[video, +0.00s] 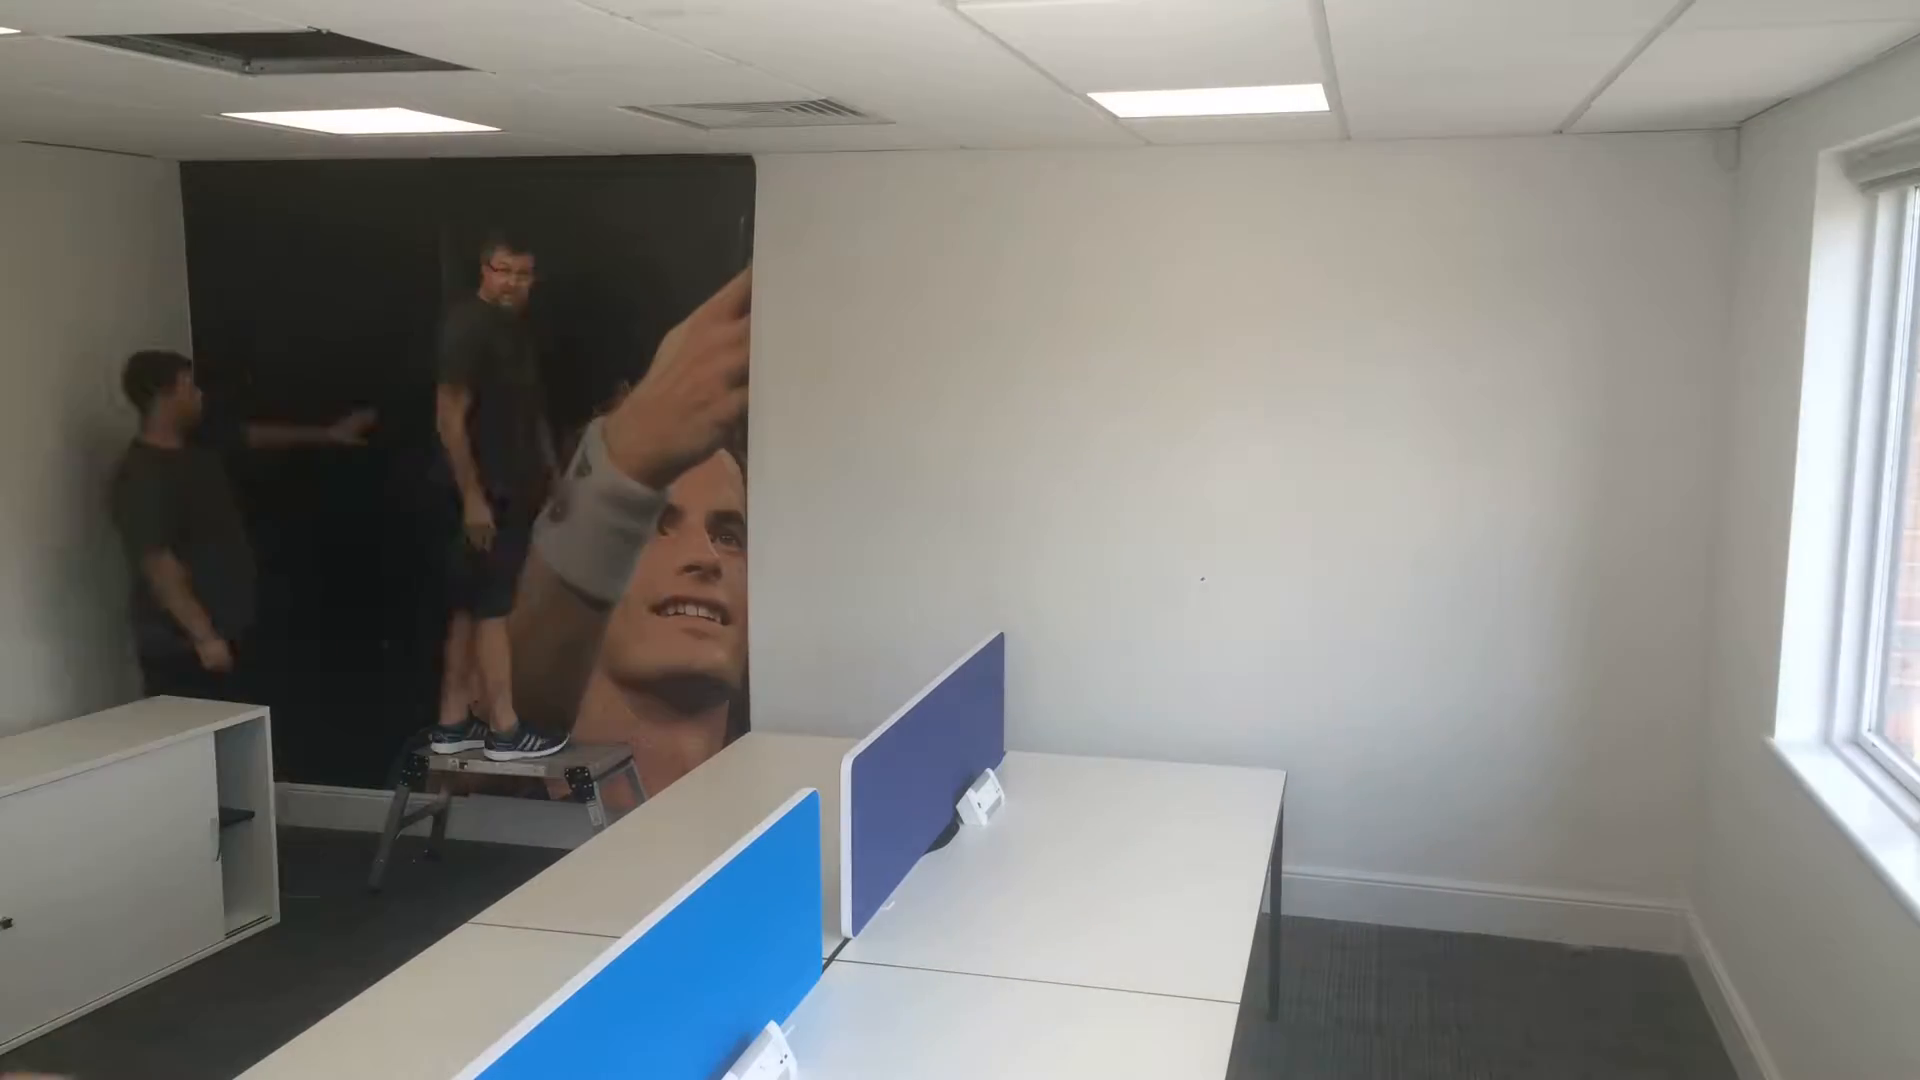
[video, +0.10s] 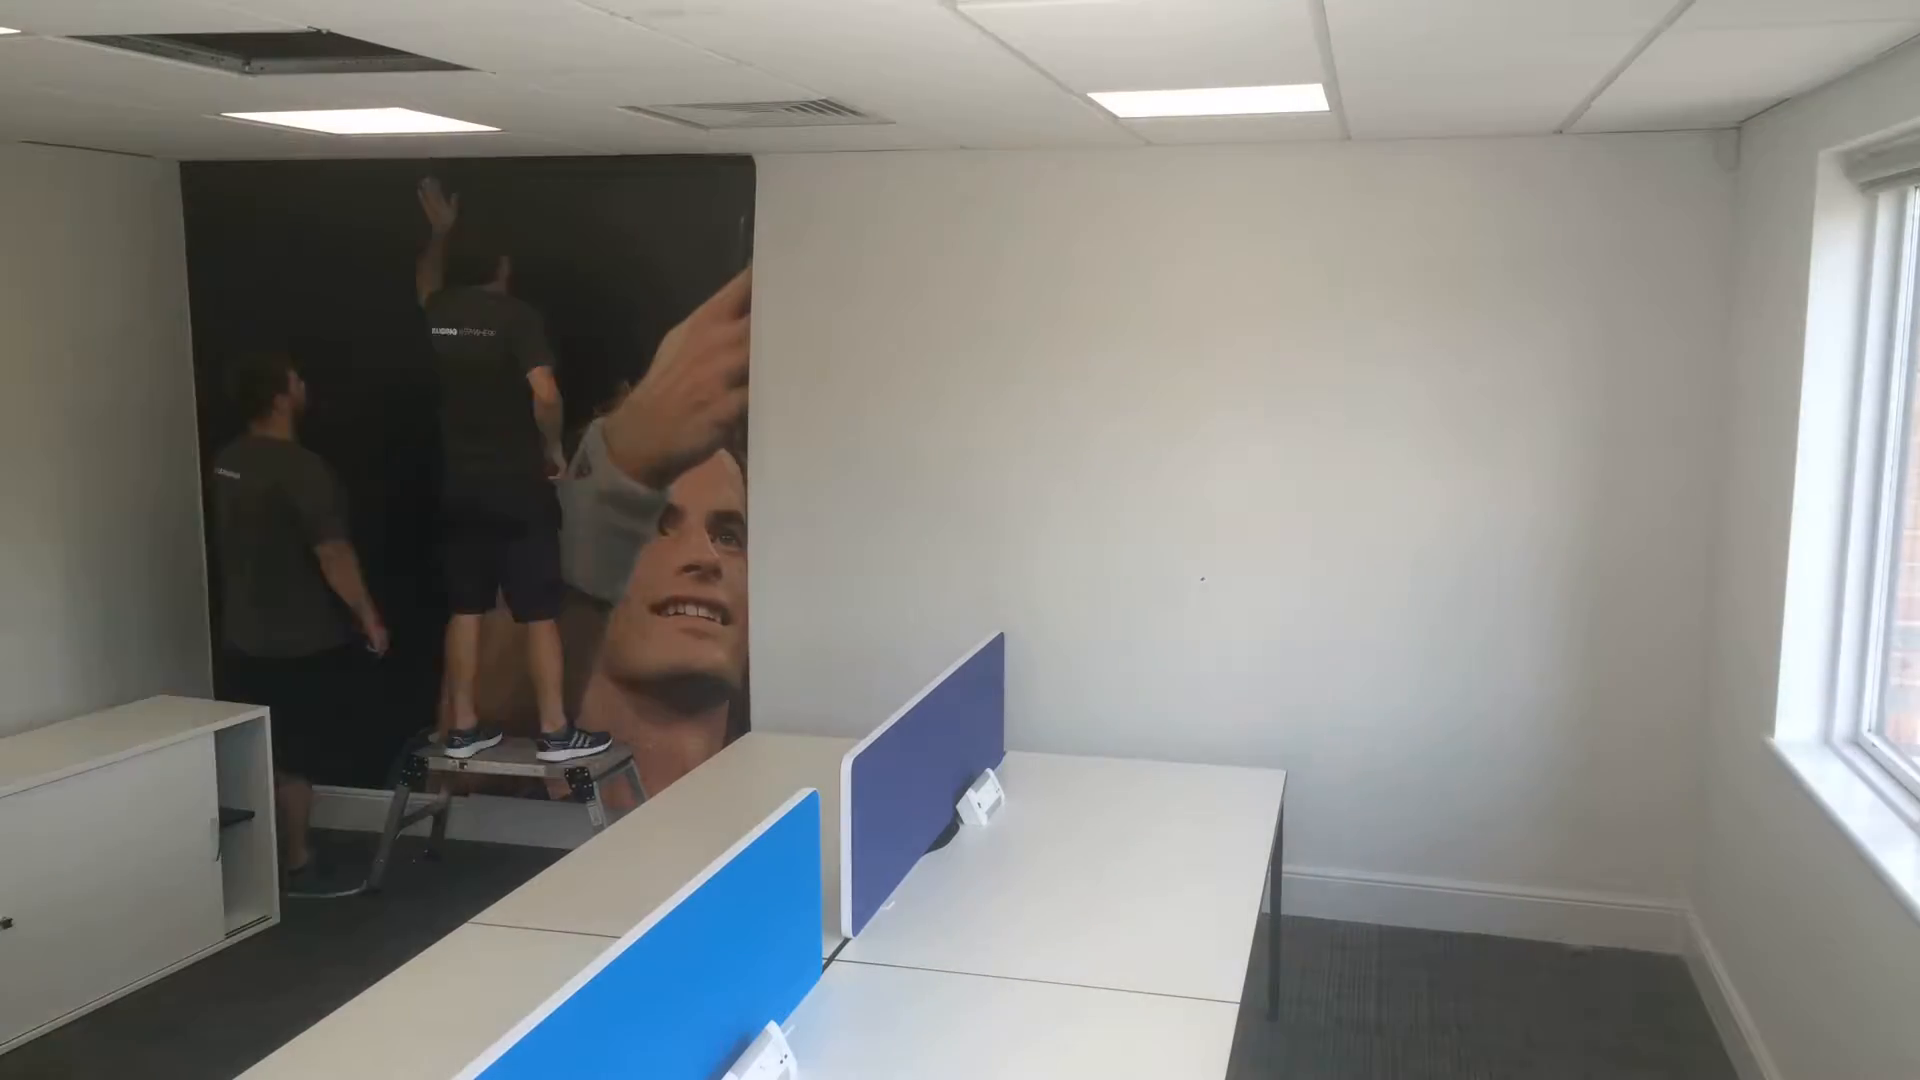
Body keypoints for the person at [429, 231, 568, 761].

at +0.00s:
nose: (514, 282)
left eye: (523, 274)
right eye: (504, 272)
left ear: (534, 279)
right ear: (484, 273)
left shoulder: (521, 328)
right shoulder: (468, 325)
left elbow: (530, 413)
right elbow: (449, 418)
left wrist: (549, 473)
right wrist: (472, 498)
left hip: (510, 487)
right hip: (483, 489)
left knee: (469, 607)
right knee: (492, 607)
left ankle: (453, 721)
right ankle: (505, 727)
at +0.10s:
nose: (512, 273)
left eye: (506, 266)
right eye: (510, 266)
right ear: (501, 270)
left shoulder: (442, 315)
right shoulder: (518, 319)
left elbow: (427, 285)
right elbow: (545, 393)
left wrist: (438, 233)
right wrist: (553, 446)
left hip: (459, 477)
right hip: (518, 479)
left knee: (466, 605)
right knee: (539, 610)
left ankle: (461, 726)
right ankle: (555, 733)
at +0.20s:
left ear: (539, 288)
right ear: (547, 290)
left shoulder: (492, 317)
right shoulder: (525, 334)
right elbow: (502, 420)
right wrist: (548, 454)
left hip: (479, 485)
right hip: (518, 491)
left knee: (485, 606)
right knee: (540, 609)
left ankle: (465, 727)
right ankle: (538, 734)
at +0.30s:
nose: (540, 288)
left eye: (544, 279)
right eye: (530, 278)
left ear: (545, 281)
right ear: (503, 276)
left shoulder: (525, 330)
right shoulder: (481, 330)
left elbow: (524, 412)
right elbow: (480, 424)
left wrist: (570, 440)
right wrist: (558, 444)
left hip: (515, 489)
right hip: (483, 490)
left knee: (503, 610)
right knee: (495, 609)